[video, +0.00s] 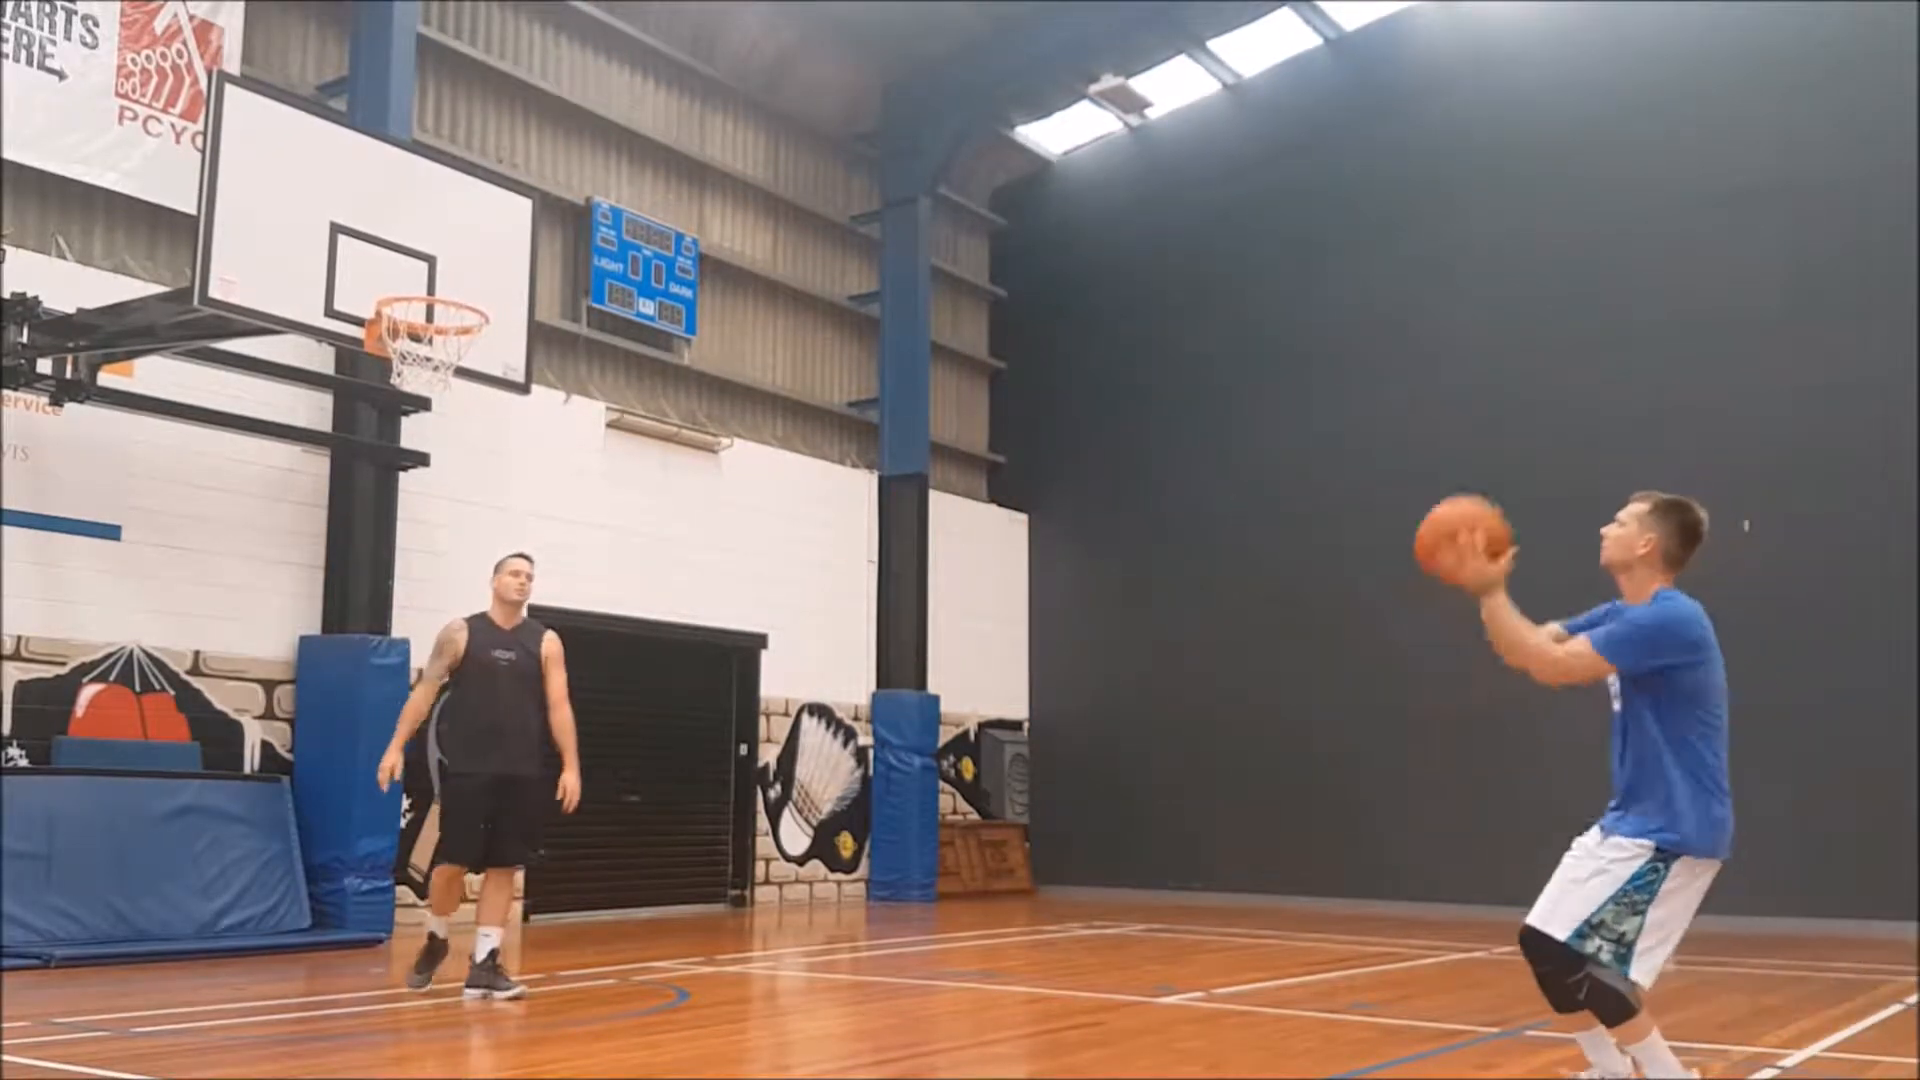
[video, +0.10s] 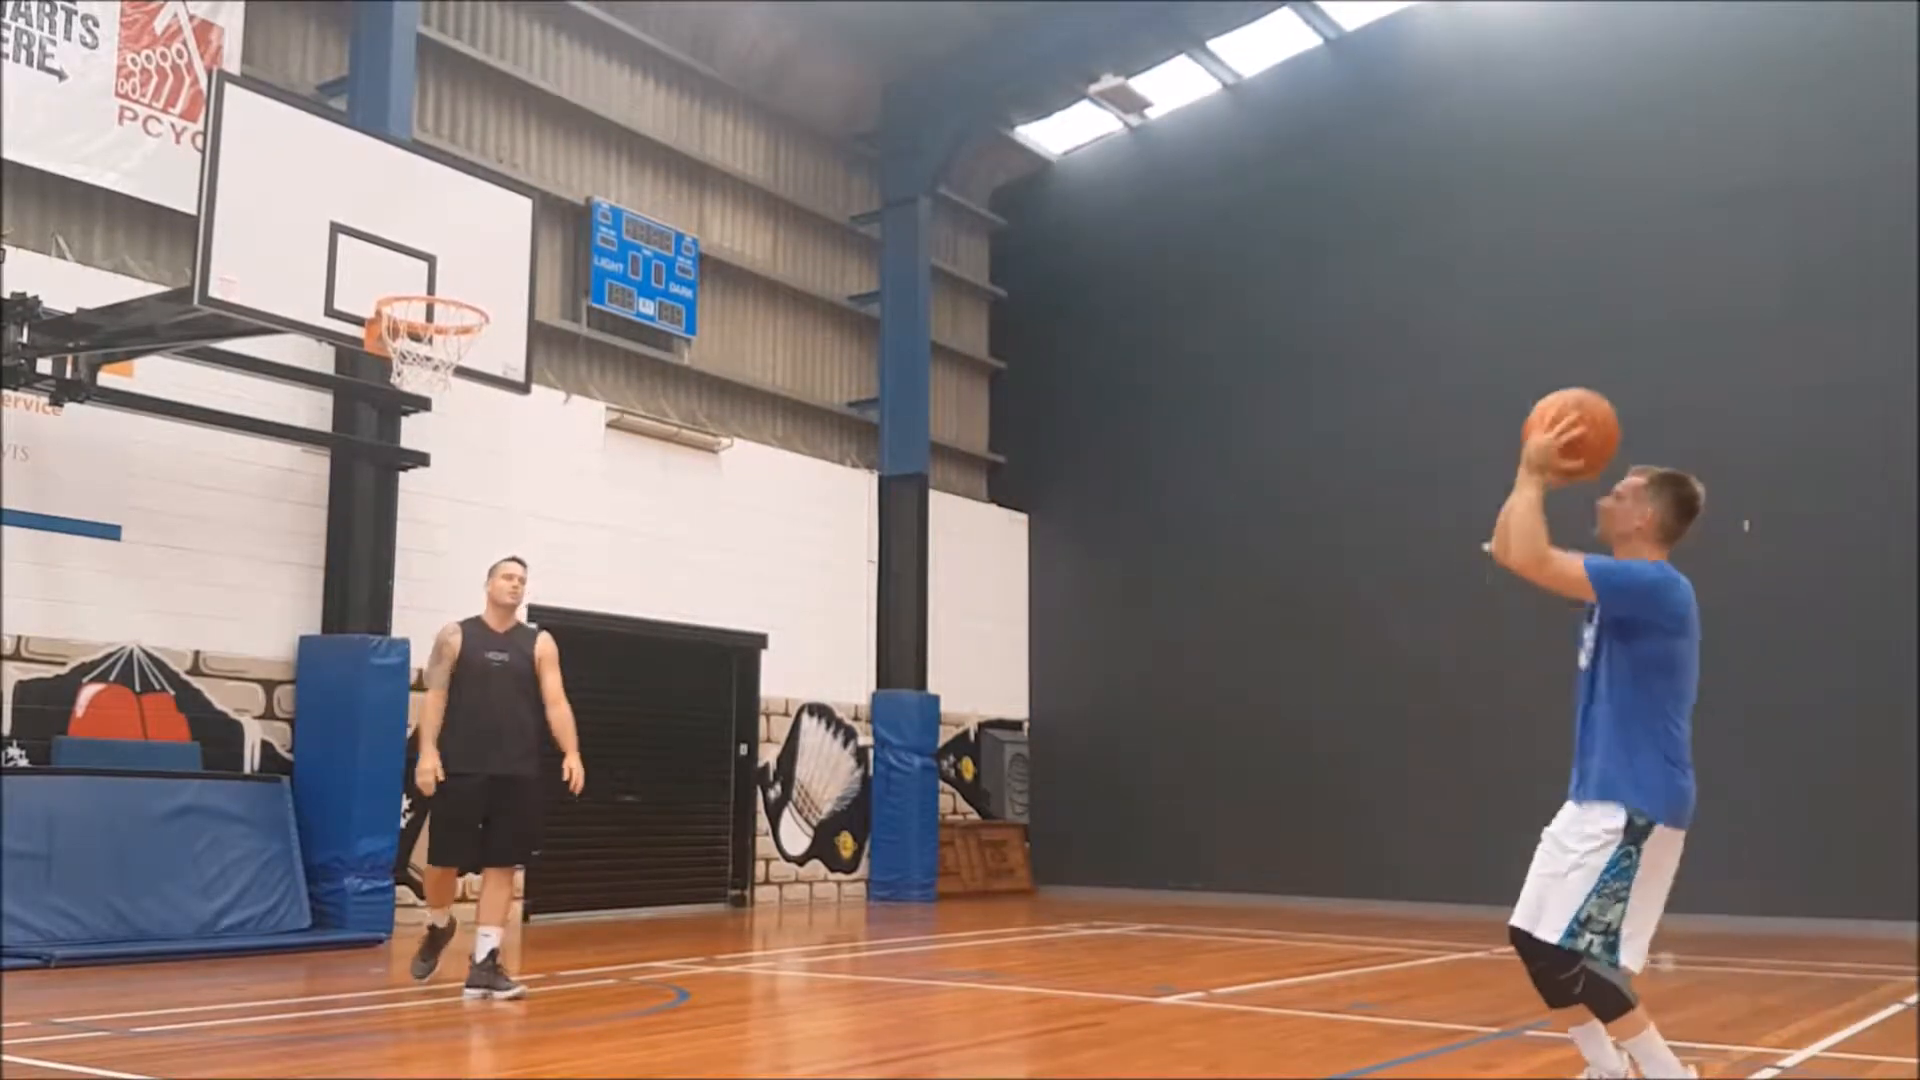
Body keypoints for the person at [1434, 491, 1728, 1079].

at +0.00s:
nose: (1603, 530)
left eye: (1616, 522)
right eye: (1611, 520)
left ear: (1646, 543)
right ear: (1644, 545)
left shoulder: (1672, 619)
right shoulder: (1623, 614)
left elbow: (1555, 665)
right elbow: (1525, 649)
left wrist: (1490, 591)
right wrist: (1486, 587)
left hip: (1677, 830)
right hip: (1630, 818)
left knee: (1584, 960)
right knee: (1544, 940)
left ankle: (1668, 1072)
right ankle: (1611, 1070)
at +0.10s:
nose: (1604, 499)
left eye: (1619, 493)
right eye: (1613, 489)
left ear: (1648, 518)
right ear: (1646, 520)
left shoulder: (1655, 586)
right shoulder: (1623, 584)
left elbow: (1525, 555)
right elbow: (1519, 555)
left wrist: (1531, 475)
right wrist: (1532, 479)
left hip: (1639, 805)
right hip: (1593, 795)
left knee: (1575, 952)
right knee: (1532, 935)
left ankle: (1667, 1071)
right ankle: (1609, 1069)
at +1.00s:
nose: (1628, 445)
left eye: (1644, 439)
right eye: (1639, 436)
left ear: (1669, 464)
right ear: (1665, 466)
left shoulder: (1673, 540)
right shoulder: (1629, 520)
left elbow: (1562, 603)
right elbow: (1570, 470)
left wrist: (1482, 551)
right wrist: (1523, 403)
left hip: (1642, 763)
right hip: (1588, 748)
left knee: (1631, 915)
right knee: (1500, 863)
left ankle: (1654, 1069)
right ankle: (1457, 1021)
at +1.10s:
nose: (1627, 449)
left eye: (1642, 443)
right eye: (1636, 440)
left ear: (1671, 468)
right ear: (1666, 468)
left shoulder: (1675, 544)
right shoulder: (1632, 523)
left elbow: (1591, 637)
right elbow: (1572, 473)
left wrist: (1489, 617)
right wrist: (1525, 410)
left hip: (1653, 765)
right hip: (1601, 752)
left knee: (1638, 918)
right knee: (1528, 880)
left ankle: (1655, 1069)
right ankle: (1446, 1020)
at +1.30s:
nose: (1631, 451)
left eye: (1644, 443)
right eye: (1640, 441)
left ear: (1673, 464)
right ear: (1671, 466)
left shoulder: (1679, 546)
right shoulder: (1640, 526)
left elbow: (1659, 663)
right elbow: (1581, 480)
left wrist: (1603, 753)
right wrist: (1531, 423)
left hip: (1668, 767)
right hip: (1621, 758)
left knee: (1651, 920)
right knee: (1570, 898)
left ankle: (1656, 1069)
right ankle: (1558, 1055)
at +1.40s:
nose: (1639, 451)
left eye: (1653, 443)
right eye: (1647, 441)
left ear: (1681, 465)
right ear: (1677, 467)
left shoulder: (1685, 548)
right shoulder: (1644, 527)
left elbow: (1690, 665)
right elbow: (1586, 483)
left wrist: (1689, 772)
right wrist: (1536, 428)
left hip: (1669, 771)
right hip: (1625, 760)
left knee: (1650, 919)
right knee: (1595, 905)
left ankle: (1659, 1067)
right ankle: (1646, 1050)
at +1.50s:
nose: (1650, 450)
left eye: (1664, 444)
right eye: (1659, 442)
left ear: (1692, 469)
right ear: (1689, 472)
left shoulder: (1698, 546)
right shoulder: (1657, 531)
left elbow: (1727, 660)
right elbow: (1591, 487)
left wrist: (1738, 767)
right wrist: (1540, 432)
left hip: (1682, 771)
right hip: (1647, 763)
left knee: (1657, 924)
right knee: (1644, 918)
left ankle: (1654, 1071)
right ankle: (1748, 1055)